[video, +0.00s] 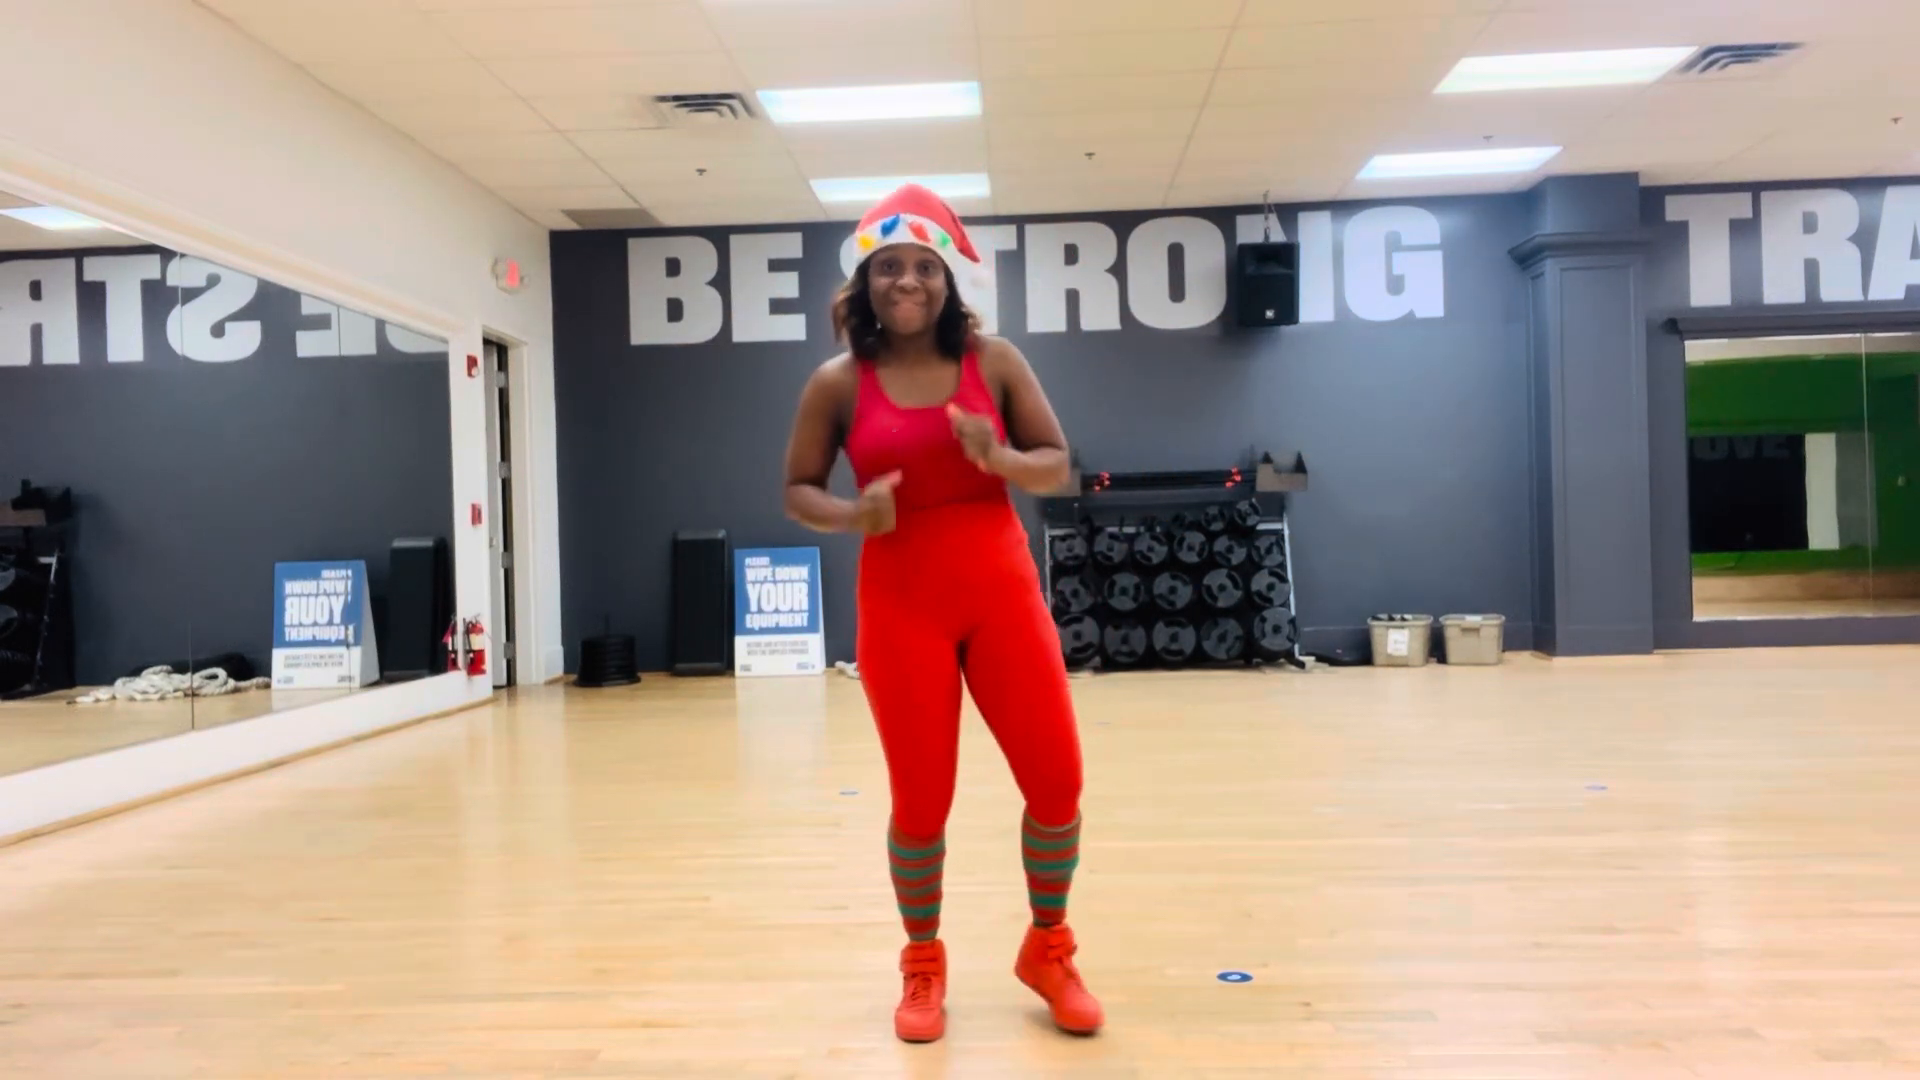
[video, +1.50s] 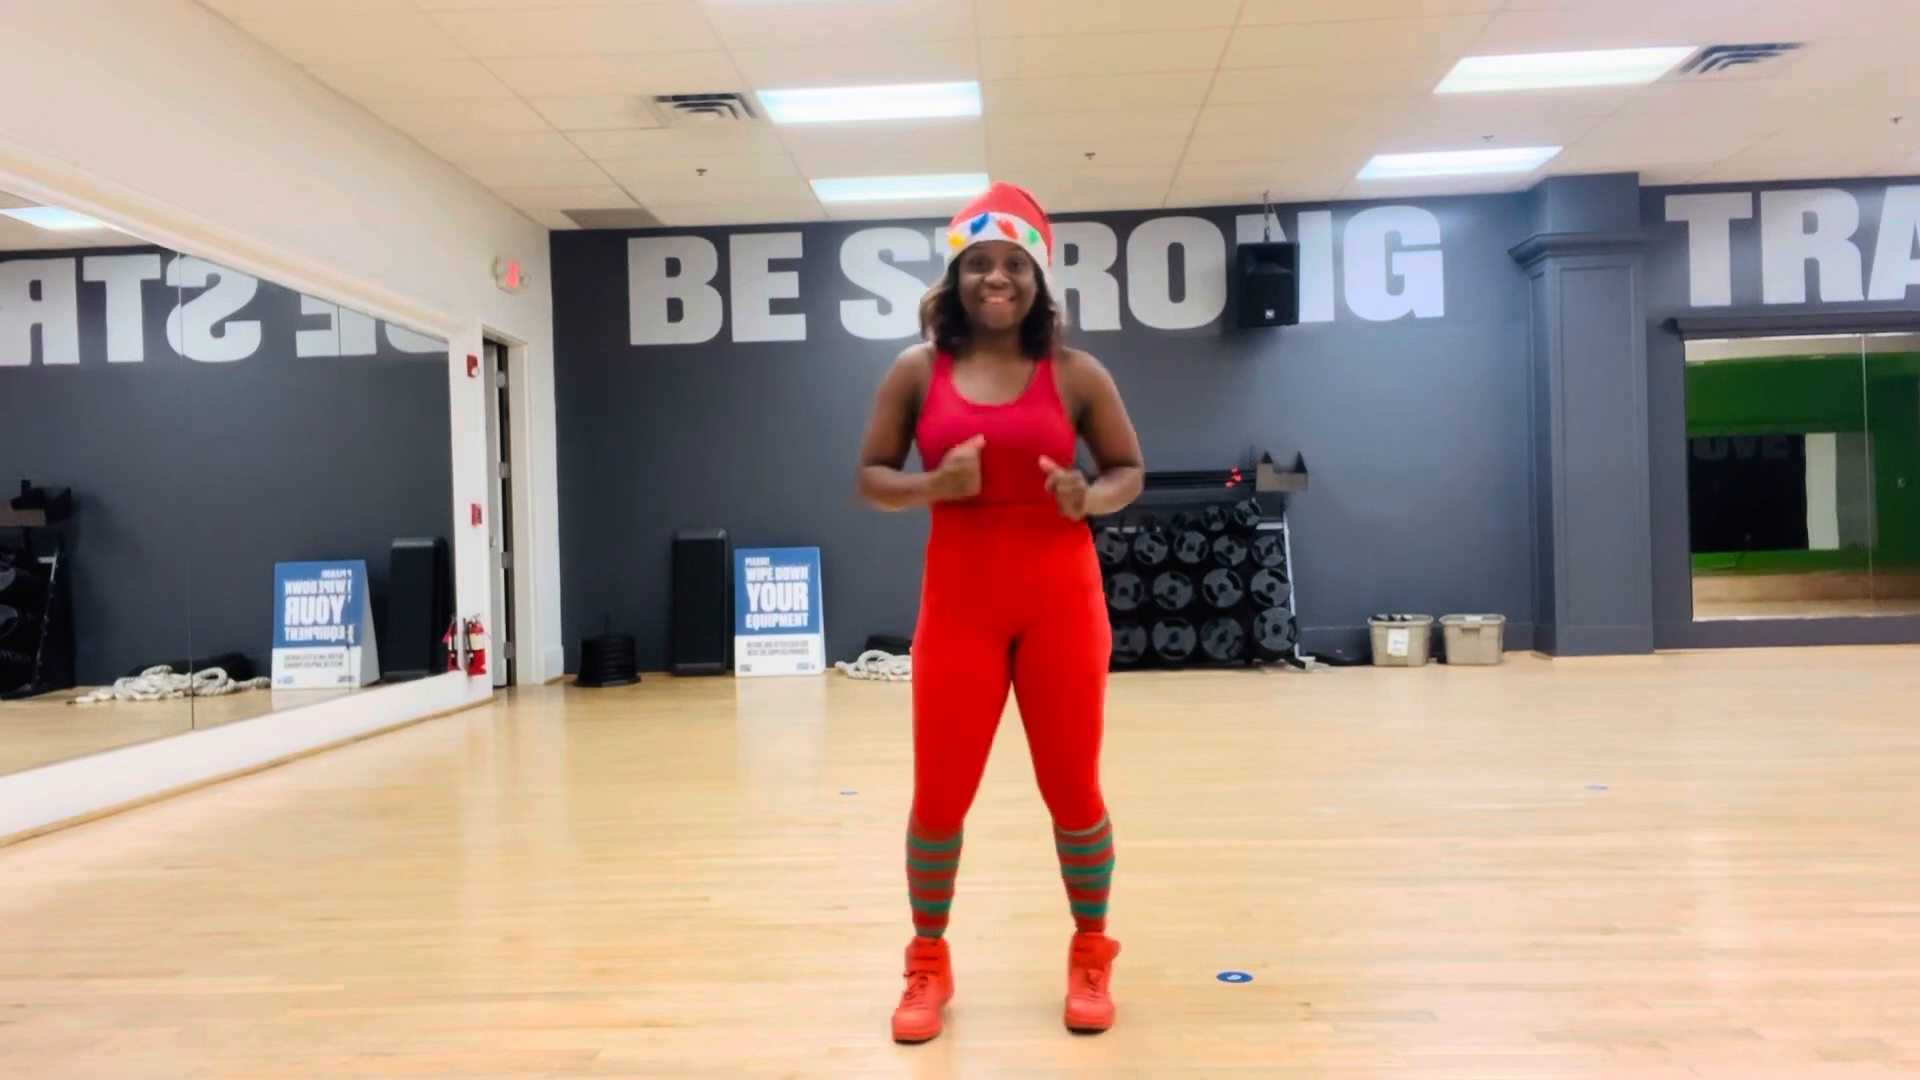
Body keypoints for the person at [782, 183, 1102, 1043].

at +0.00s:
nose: (907, 281)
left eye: (923, 265)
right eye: (890, 267)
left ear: (949, 280)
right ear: (865, 286)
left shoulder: (993, 361)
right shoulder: (837, 384)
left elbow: (1058, 468)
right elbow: (796, 492)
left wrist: (1002, 460)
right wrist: (851, 514)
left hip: (1004, 593)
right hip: (902, 605)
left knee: (1057, 778)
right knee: (921, 798)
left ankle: (1048, 950)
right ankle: (922, 969)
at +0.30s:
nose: (930, 274)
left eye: (947, 260)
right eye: (914, 260)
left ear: (977, 274)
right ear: (894, 277)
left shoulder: (1023, 360)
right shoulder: (865, 377)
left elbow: (1086, 459)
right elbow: (824, 489)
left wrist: (1033, 475)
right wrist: (876, 490)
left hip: (1020, 594)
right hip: (916, 601)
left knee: (1047, 786)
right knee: (927, 794)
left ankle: (1077, 957)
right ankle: (925, 967)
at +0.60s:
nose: (976, 278)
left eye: (993, 262)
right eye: (959, 264)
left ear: (1021, 274)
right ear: (940, 280)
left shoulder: (1068, 364)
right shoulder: (908, 373)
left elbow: (1112, 480)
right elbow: (863, 475)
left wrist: (1040, 453)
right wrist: (899, 503)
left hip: (1048, 592)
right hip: (943, 594)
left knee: (1075, 789)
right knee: (936, 792)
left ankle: (1088, 962)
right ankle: (925, 969)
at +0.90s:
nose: (1020, 280)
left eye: (1040, 267)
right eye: (1007, 265)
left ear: (1069, 283)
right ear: (989, 277)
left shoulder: (1107, 377)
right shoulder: (949, 366)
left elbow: (1159, 487)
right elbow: (901, 467)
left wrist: (1092, 489)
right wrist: (940, 480)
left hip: (1078, 600)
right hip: (973, 599)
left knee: (1079, 790)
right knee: (942, 790)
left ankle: (1092, 961)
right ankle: (934, 963)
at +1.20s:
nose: (1034, 276)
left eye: (1049, 262)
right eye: (1017, 264)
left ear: (1076, 276)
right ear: (995, 280)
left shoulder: (1114, 370)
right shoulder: (956, 365)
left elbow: (1147, 490)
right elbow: (902, 460)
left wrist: (1089, 460)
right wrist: (938, 507)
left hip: (1076, 594)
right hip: (972, 592)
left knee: (1085, 796)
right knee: (957, 790)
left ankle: (1081, 965)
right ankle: (931, 967)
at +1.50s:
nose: (996, 282)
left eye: (1013, 268)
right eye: (980, 268)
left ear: (1036, 280)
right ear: (957, 281)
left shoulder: (1077, 376)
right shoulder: (918, 372)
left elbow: (1127, 472)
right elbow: (872, 480)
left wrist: (1090, 496)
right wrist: (932, 483)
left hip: (1062, 600)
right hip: (958, 602)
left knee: (1073, 788)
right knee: (938, 796)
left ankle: (1090, 960)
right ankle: (926, 968)